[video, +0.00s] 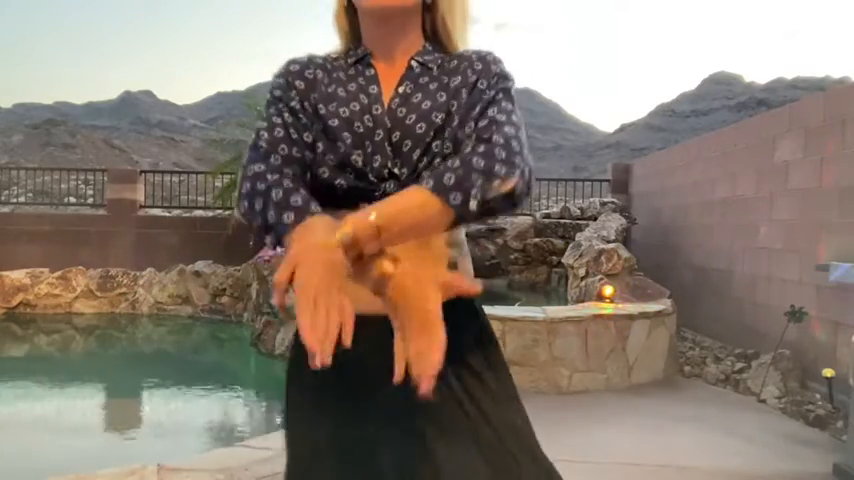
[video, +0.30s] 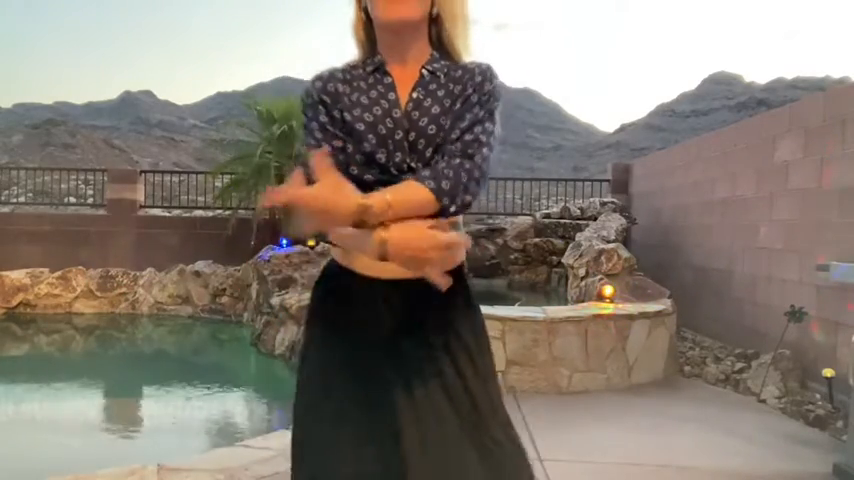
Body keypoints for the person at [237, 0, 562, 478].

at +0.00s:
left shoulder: (476, 73)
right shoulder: (304, 79)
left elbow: (499, 168)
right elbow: (265, 182)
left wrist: (352, 233)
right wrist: (386, 274)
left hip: (447, 330)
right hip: (336, 335)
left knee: (491, 467)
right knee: (334, 469)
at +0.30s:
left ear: (435, 2)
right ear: (365, 4)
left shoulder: (473, 81)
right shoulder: (328, 89)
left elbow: (460, 181)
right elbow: (322, 212)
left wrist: (361, 207)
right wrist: (389, 247)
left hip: (439, 297)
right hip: (350, 294)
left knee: (455, 457)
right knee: (344, 459)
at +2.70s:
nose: (433, 86)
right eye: (429, 78)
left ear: (365, 79)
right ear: (422, 81)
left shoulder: (351, 130)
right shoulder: (437, 131)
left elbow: (300, 168)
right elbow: (480, 185)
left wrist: (253, 193)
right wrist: (532, 239)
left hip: (363, 238)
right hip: (415, 239)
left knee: (372, 349)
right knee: (430, 355)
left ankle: (375, 451)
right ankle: (431, 454)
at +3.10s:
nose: (389, 89)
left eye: (400, 82)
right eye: (384, 82)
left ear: (424, 92)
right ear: (381, 89)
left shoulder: (416, 141)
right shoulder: (399, 137)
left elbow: (422, 201)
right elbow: (412, 200)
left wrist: (405, 238)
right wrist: (454, 238)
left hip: (410, 261)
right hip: (397, 257)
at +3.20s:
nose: (400, 80)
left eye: (410, 73)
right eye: (393, 74)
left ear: (428, 84)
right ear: (383, 85)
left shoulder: (428, 137)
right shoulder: (392, 137)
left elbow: (462, 184)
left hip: (426, 266)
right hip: (393, 265)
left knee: (423, 384)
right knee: (387, 385)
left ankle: (430, 466)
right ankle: (407, 466)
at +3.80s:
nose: (408, 79)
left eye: (415, 71)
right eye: (396, 73)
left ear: (425, 81)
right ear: (378, 89)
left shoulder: (411, 137)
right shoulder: (393, 145)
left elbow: (409, 208)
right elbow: (352, 211)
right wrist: (295, 242)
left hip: (415, 272)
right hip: (402, 280)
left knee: (402, 396)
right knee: (403, 401)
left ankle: (398, 465)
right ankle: (394, 469)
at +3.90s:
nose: (430, 74)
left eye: (427, 66)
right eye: (419, 68)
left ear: (387, 83)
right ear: (388, 82)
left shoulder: (375, 134)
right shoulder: (413, 134)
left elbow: (350, 206)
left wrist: (391, 223)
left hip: (377, 268)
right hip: (407, 270)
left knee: (392, 389)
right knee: (419, 394)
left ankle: (396, 461)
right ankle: (416, 464)